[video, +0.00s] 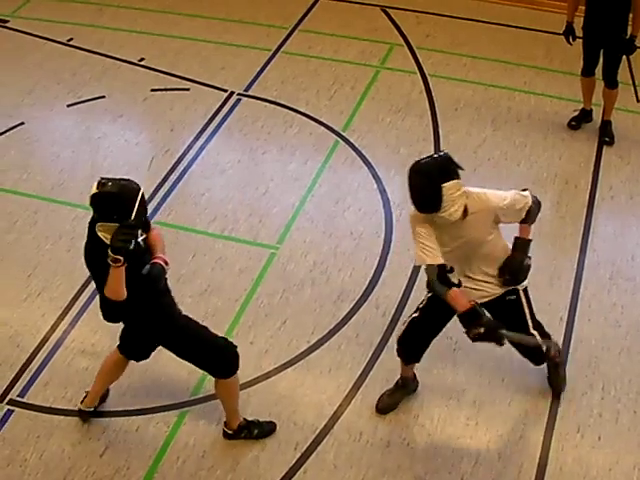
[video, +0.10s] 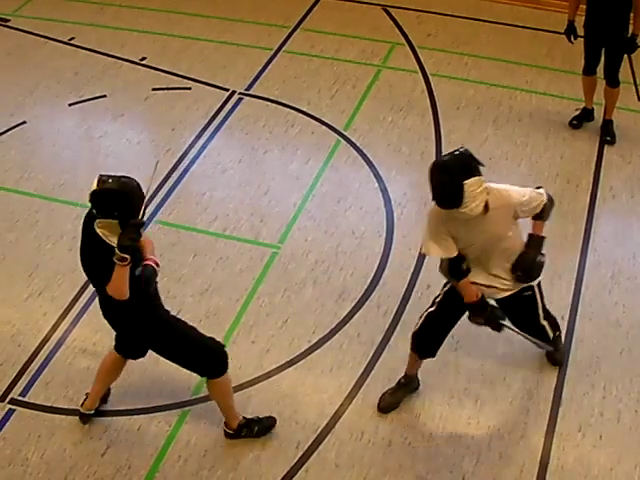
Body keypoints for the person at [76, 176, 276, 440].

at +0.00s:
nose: (140, 221)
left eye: (139, 216)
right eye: (135, 218)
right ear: (116, 220)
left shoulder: (126, 218)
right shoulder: (97, 249)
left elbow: (151, 232)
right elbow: (116, 298)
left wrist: (159, 258)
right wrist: (116, 256)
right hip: (157, 319)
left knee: (125, 352)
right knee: (225, 357)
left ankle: (90, 402)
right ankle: (234, 424)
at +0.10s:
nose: (137, 217)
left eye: (136, 211)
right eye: (134, 213)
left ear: (110, 210)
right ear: (118, 217)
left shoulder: (105, 218)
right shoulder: (95, 250)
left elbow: (142, 239)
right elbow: (119, 293)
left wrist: (149, 261)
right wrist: (123, 256)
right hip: (142, 318)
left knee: (123, 350)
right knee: (213, 356)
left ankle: (90, 403)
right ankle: (234, 423)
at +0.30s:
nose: (102, 162)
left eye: (106, 165)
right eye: (135, 197)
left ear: (106, 181)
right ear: (125, 200)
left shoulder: (95, 201)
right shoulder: (110, 232)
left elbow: (133, 229)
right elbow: (144, 269)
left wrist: (147, 220)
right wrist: (151, 227)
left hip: (103, 301)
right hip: (130, 310)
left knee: (105, 350)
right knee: (186, 361)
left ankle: (89, 404)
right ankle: (217, 420)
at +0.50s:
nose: (120, 165)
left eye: (124, 170)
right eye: (126, 166)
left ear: (124, 187)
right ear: (145, 205)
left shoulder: (105, 203)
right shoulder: (129, 242)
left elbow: (132, 224)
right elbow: (169, 285)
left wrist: (162, 237)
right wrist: (185, 226)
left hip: (107, 309)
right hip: (140, 317)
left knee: (101, 355)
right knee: (199, 358)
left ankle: (88, 406)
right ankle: (212, 421)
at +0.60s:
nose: (134, 168)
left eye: (138, 170)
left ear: (135, 190)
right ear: (158, 206)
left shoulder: (115, 205)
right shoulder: (143, 247)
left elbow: (138, 227)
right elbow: (177, 302)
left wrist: (166, 238)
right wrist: (207, 249)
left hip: (116, 312)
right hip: (152, 320)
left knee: (105, 355)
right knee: (207, 357)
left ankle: (89, 405)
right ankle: (212, 421)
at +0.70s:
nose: (145, 170)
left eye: (150, 174)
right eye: (153, 169)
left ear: (149, 193)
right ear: (168, 208)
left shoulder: (123, 205)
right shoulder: (155, 249)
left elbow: (153, 232)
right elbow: (169, 312)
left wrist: (183, 229)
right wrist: (220, 282)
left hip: (122, 319)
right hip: (157, 325)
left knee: (110, 357)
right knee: (211, 357)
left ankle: (95, 410)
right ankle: (213, 422)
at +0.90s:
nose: (187, 223)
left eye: (189, 217)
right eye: (184, 218)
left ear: (146, 199)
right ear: (165, 218)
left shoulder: (126, 213)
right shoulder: (158, 258)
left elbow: (159, 226)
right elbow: (155, 323)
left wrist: (187, 214)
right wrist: (198, 318)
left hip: (120, 318)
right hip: (152, 328)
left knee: (122, 362)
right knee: (221, 353)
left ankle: (111, 426)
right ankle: (215, 420)